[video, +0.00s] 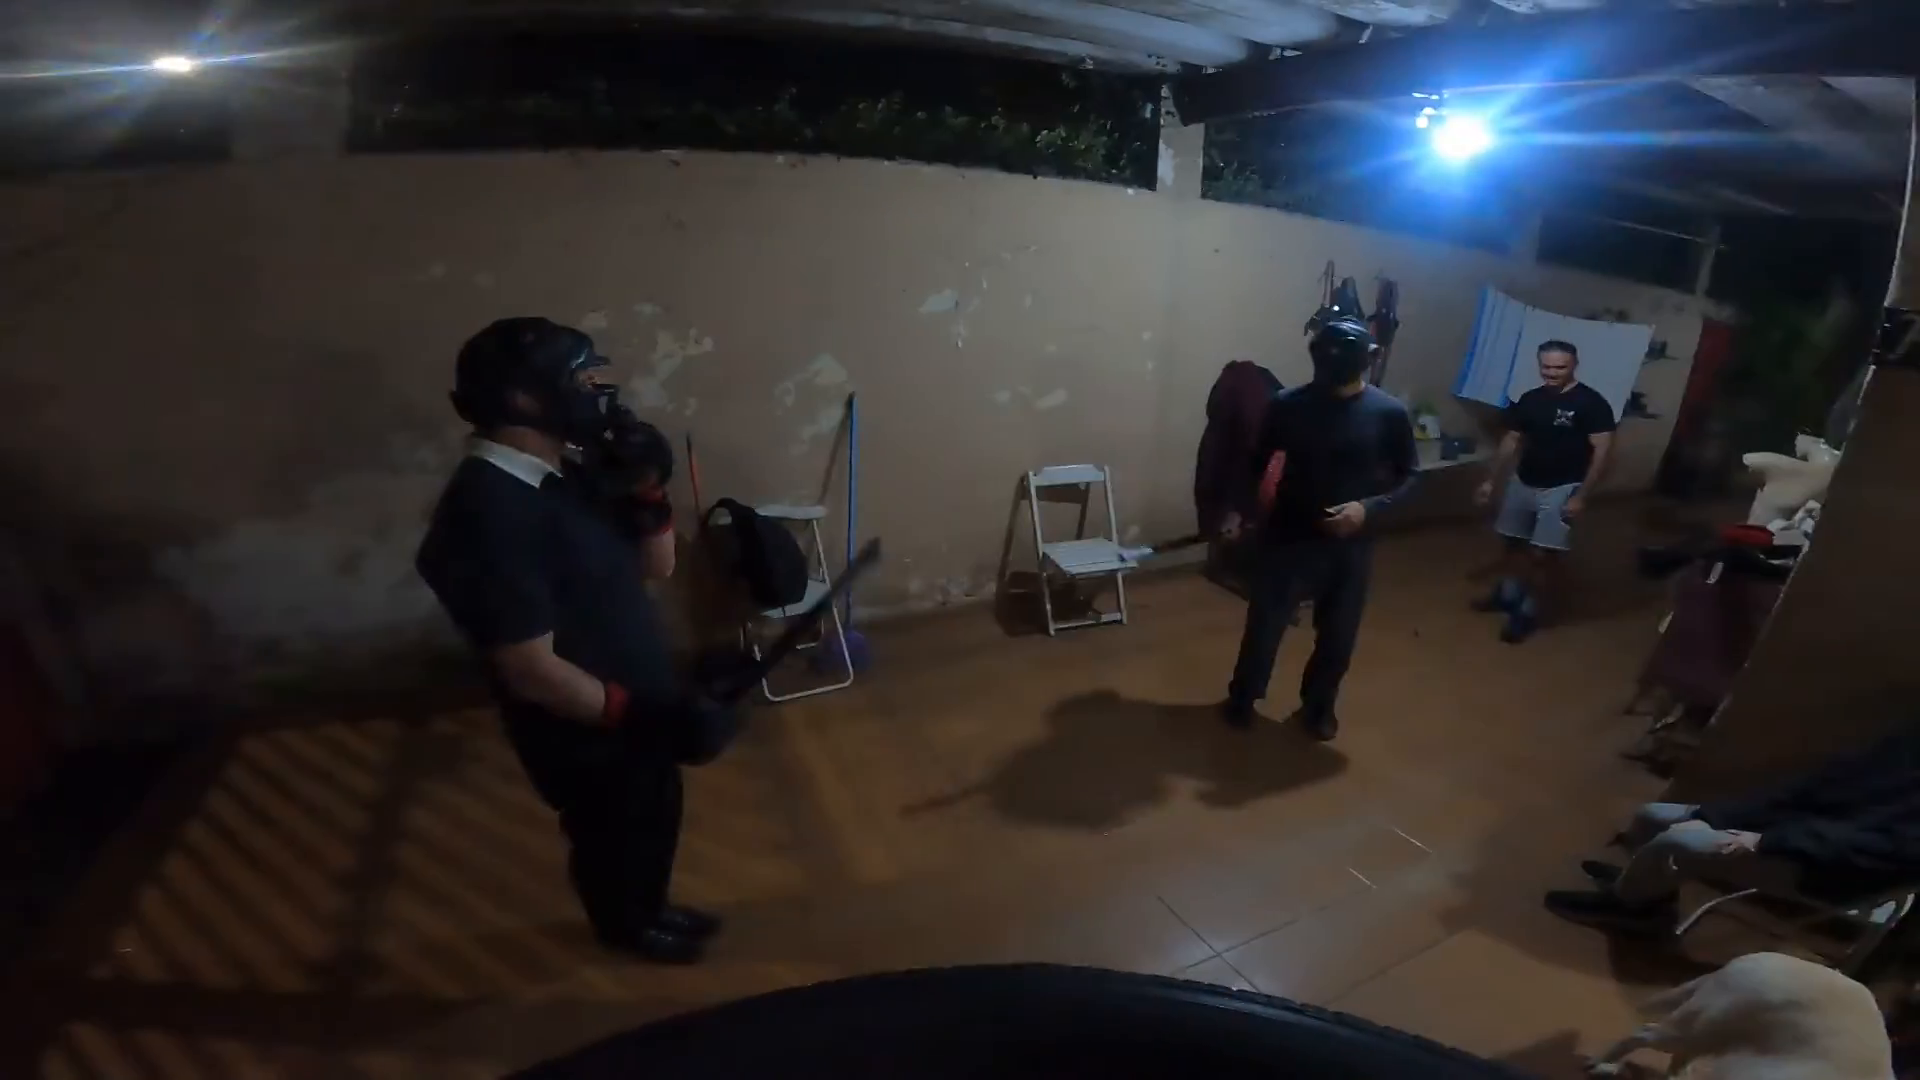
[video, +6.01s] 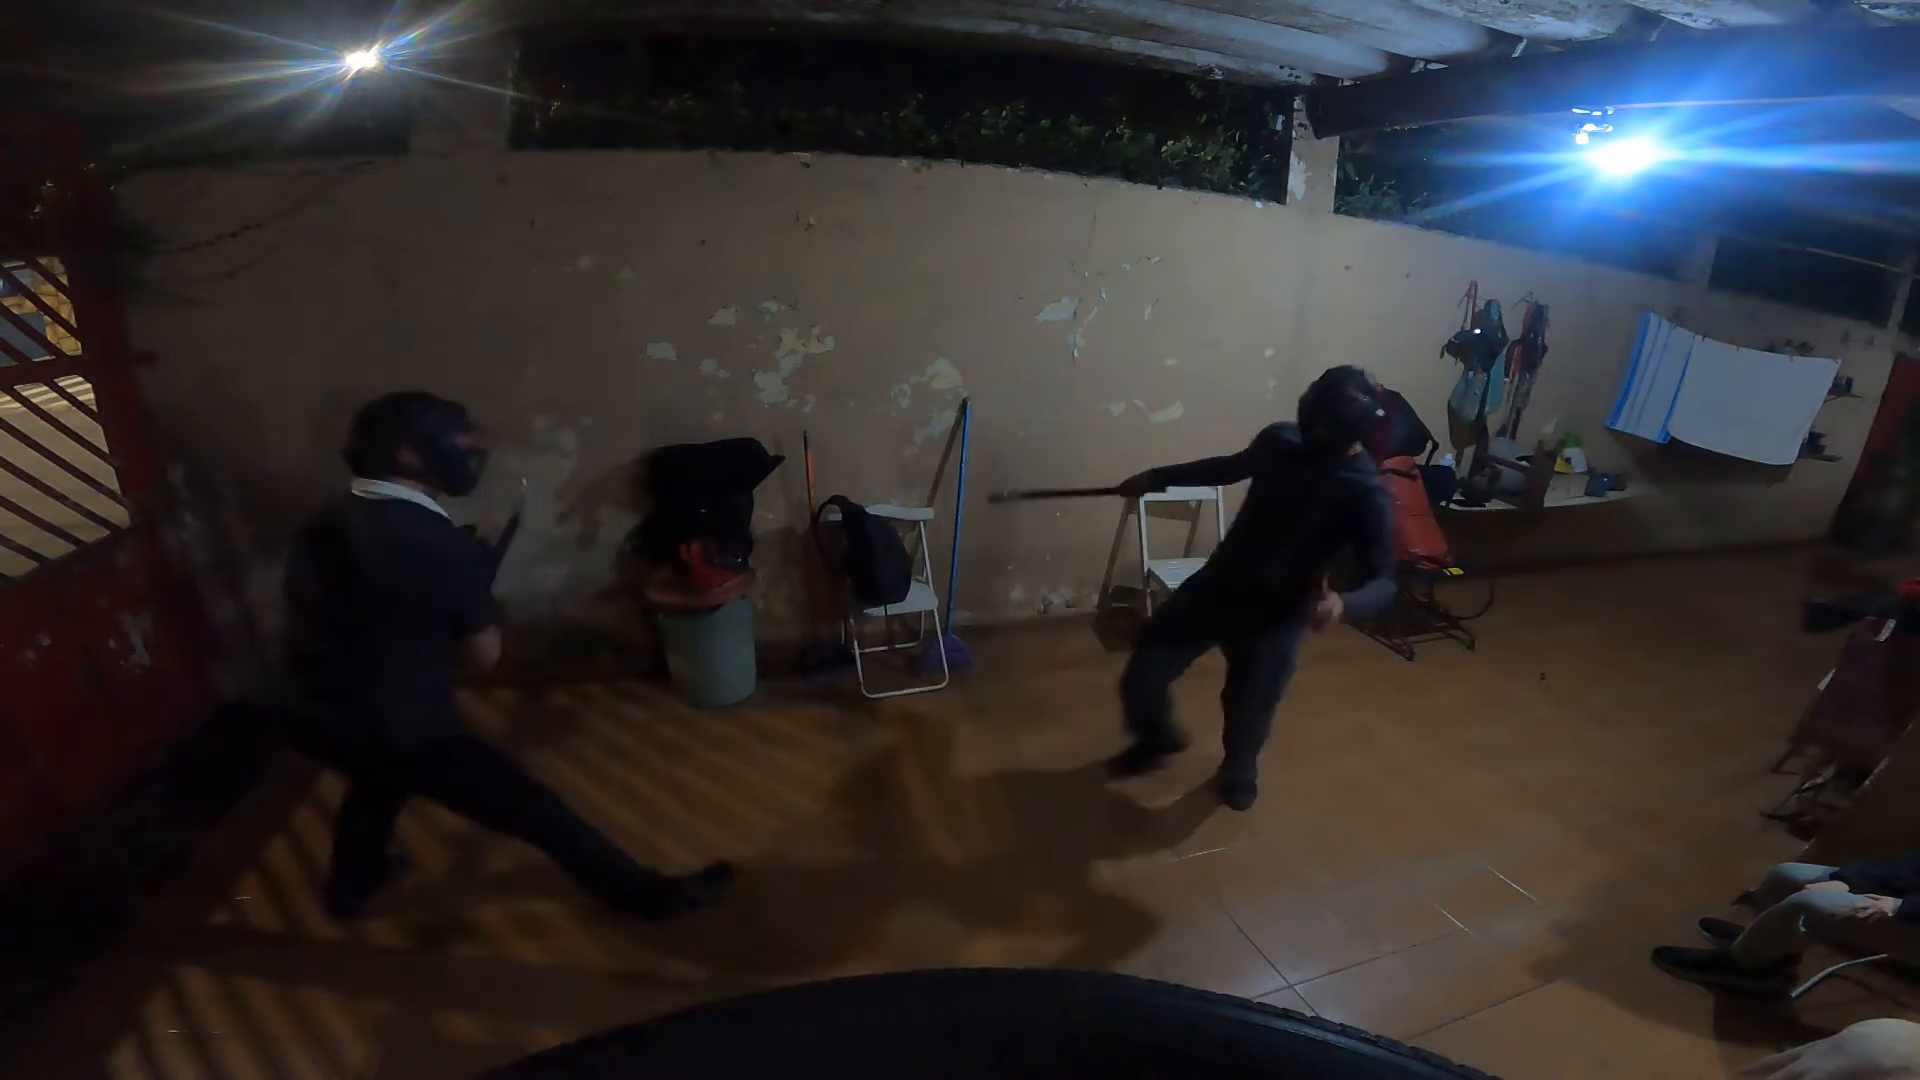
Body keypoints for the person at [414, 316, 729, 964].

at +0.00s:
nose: (594, 388)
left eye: (589, 373)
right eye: (573, 378)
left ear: (526, 403)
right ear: (523, 400)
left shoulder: (562, 477)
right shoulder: (482, 513)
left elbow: (655, 568)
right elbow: (528, 667)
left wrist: (646, 492)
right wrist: (642, 713)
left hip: (629, 696)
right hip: (572, 723)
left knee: (648, 814)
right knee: (610, 830)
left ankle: (648, 907)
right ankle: (623, 926)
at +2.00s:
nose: (715, 438)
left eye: (715, 424)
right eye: (706, 424)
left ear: (655, 426)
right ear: (670, 429)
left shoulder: (594, 477)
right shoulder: (637, 496)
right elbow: (613, 626)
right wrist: (736, 688)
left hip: (528, 672)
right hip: (577, 680)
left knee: (605, 777)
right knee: (693, 779)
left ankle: (589, 895)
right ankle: (755, 890)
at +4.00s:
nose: (631, 438)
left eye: (625, 426)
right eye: (614, 430)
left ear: (562, 454)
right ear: (569, 453)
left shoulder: (515, 515)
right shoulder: (581, 536)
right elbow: (680, 605)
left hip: (482, 705)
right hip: (543, 720)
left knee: (532, 763)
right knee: (677, 776)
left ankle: (461, 884)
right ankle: (707, 896)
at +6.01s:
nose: (476, 452)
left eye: (472, 439)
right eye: (460, 440)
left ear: (385, 458)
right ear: (413, 456)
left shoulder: (323, 528)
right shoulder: (445, 545)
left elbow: (310, 629)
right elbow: (483, 653)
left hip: (323, 719)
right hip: (410, 730)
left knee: (384, 771)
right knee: (534, 809)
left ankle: (350, 880)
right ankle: (644, 893)